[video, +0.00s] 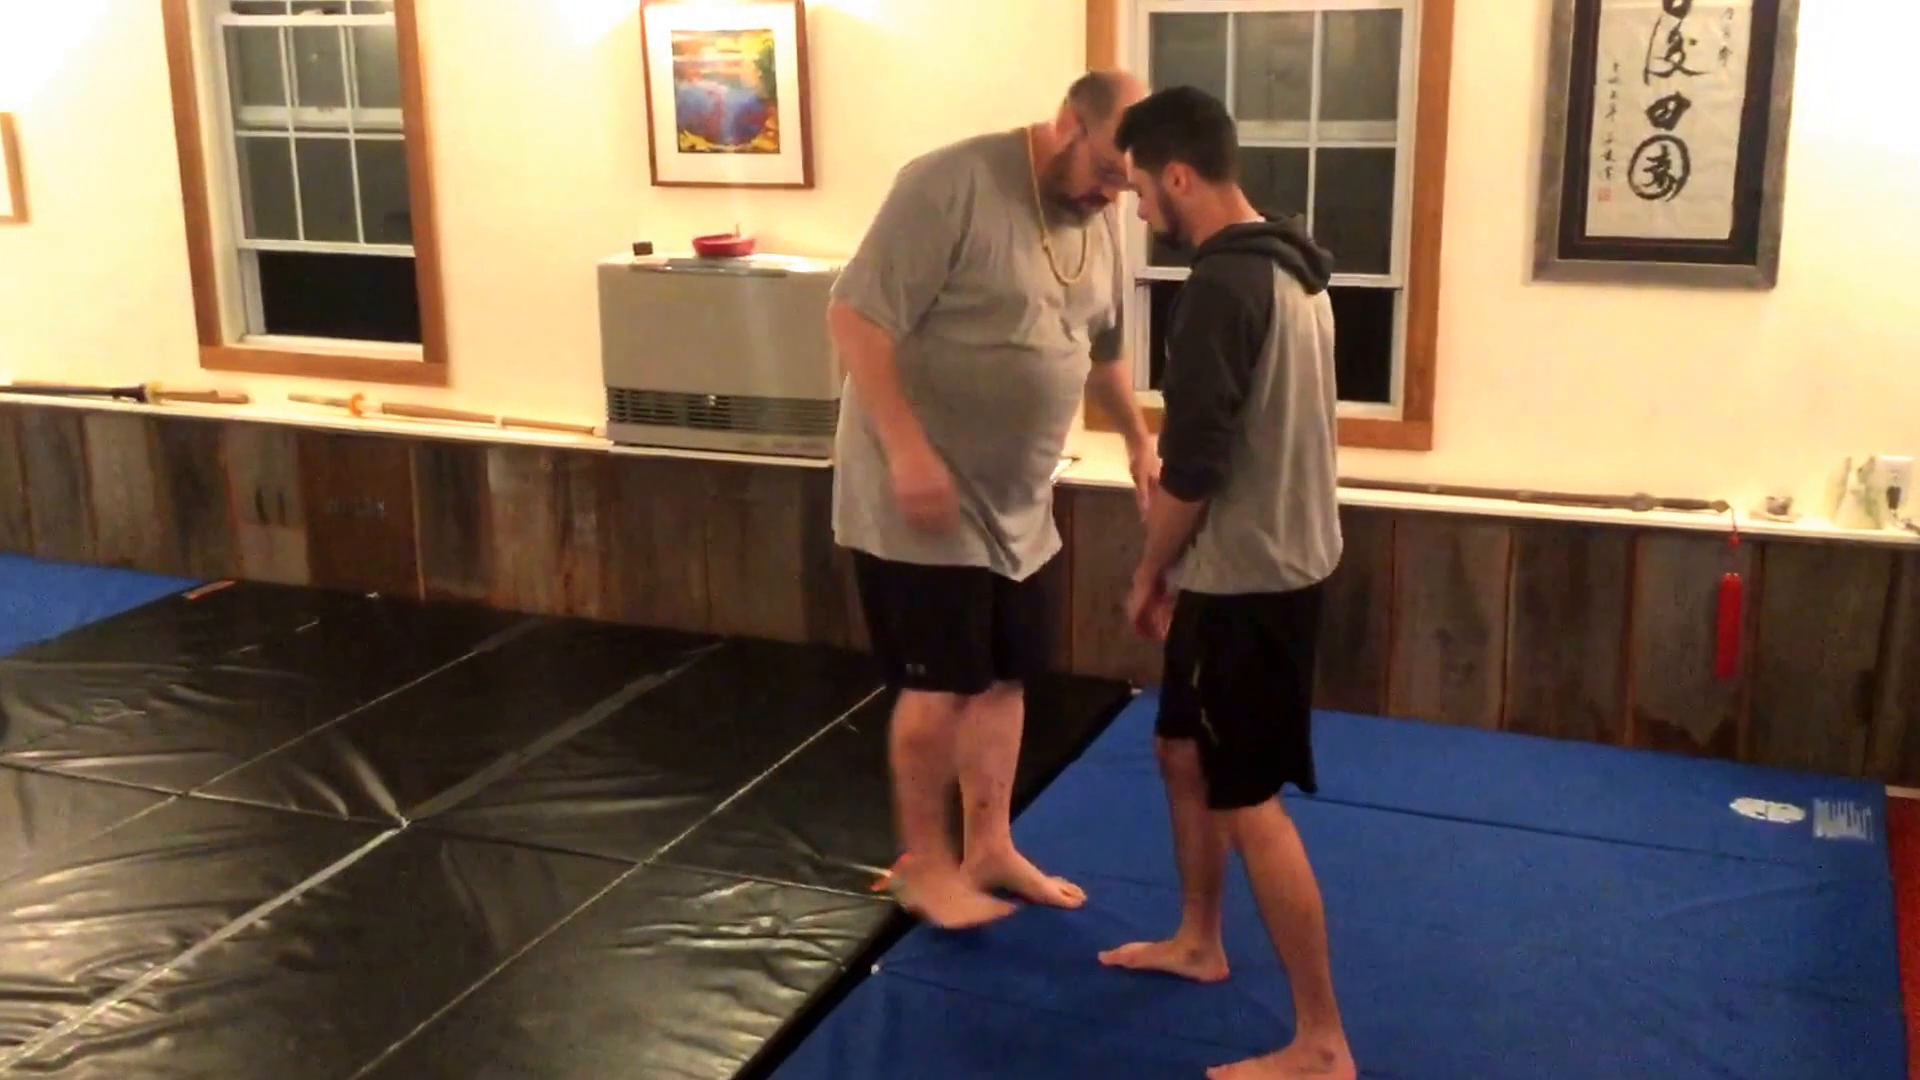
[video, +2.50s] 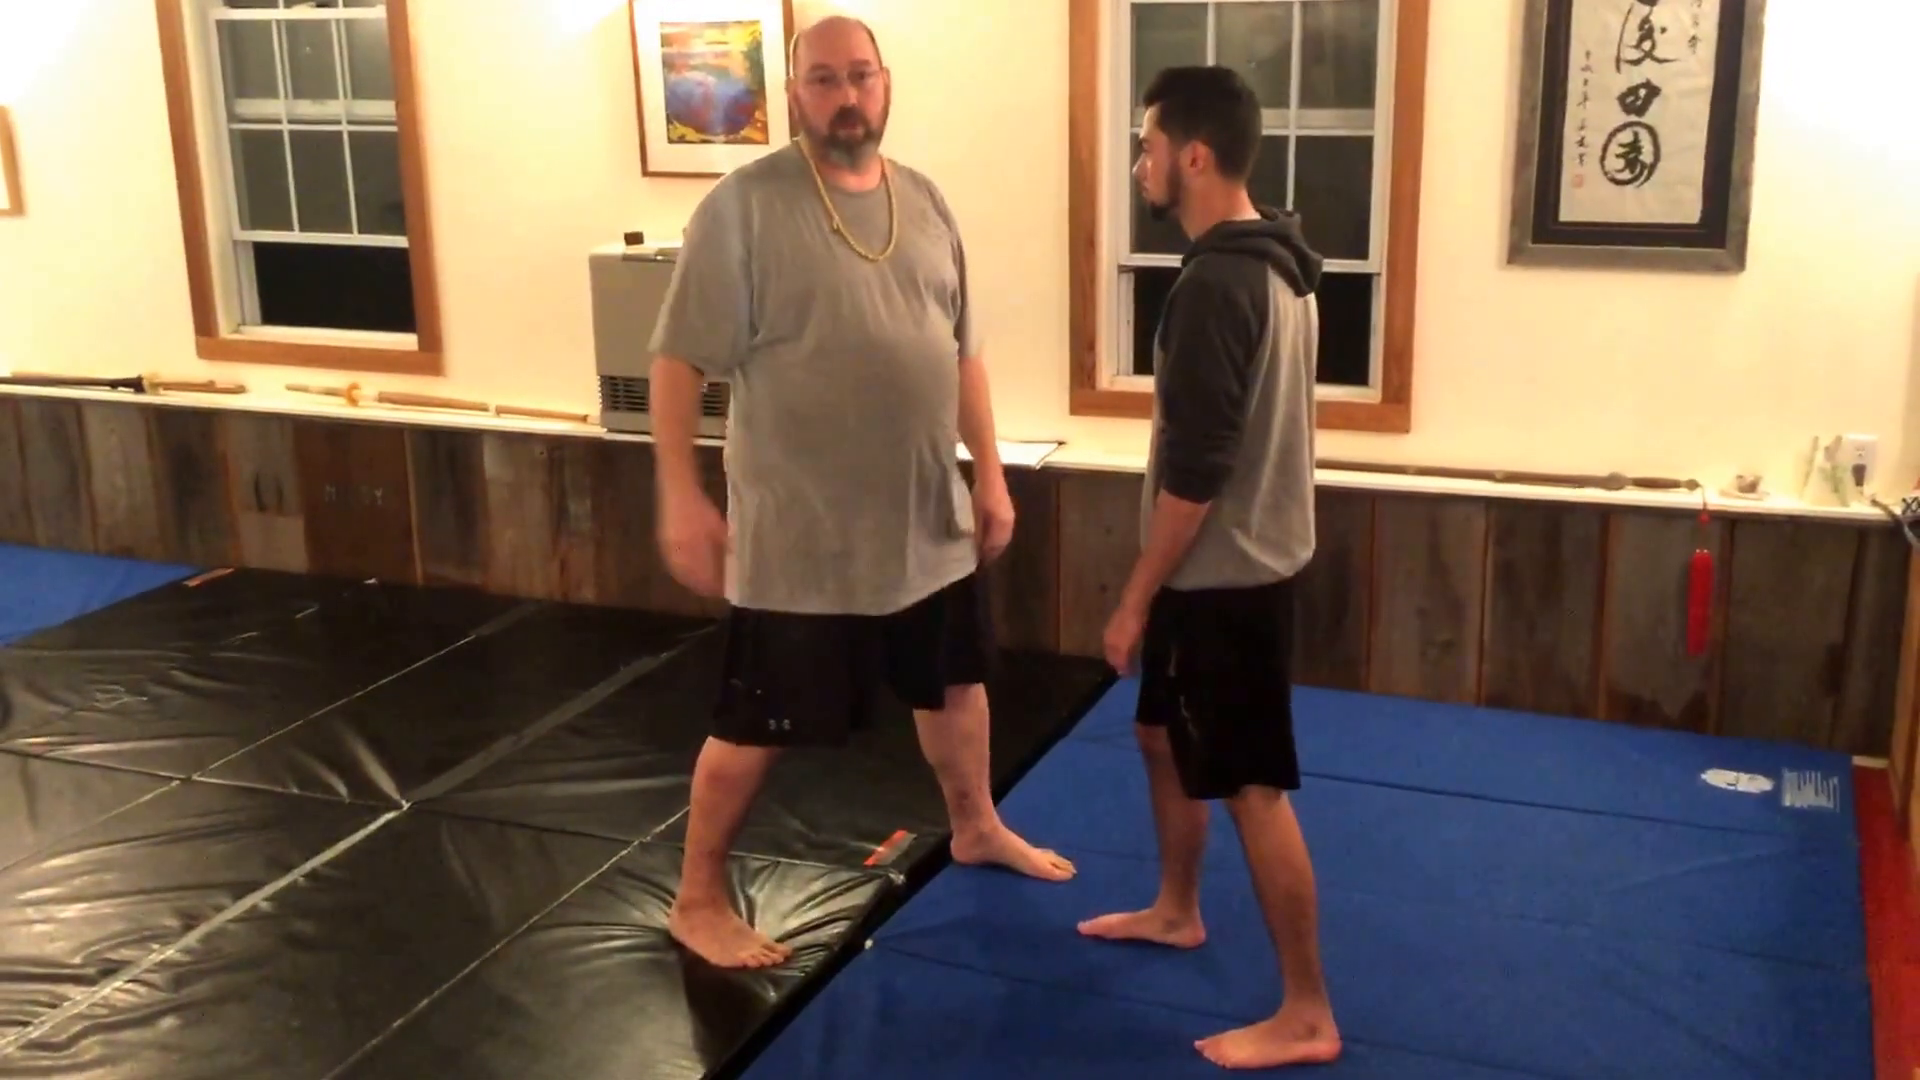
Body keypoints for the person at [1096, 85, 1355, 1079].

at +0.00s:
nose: (1141, 207)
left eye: (1141, 186)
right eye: (1136, 189)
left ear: (1176, 176)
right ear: (1215, 171)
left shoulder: (1224, 280)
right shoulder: (1290, 261)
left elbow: (1198, 460)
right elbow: (1263, 436)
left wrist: (1149, 570)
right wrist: (1173, 545)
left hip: (1247, 571)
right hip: (1268, 556)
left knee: (1250, 800)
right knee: (1182, 748)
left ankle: (1320, 1042)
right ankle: (1199, 939)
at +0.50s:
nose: (1152, 211)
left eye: (1151, 191)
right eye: (1146, 193)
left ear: (1188, 181)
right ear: (1228, 174)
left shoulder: (1244, 293)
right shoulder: (1308, 265)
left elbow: (1250, 498)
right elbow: (1316, 438)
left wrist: (1214, 659)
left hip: (1273, 592)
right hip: (1292, 572)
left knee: (1275, 817)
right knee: (1200, 744)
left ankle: (1317, 1040)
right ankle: (1192, 929)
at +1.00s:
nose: (1156, 185)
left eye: (1162, 164)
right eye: (1156, 166)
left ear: (1207, 163)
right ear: (1238, 162)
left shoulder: (1242, 287)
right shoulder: (1299, 261)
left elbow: (1227, 477)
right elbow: (1289, 439)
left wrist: (1164, 605)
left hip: (1258, 582)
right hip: (1263, 567)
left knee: (1263, 807)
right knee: (1184, 744)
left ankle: (1315, 1031)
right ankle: (1184, 919)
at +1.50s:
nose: (1150, 171)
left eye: (1158, 151)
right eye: (1151, 151)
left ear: (1203, 157)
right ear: (1233, 156)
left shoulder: (1236, 282)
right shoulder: (1288, 255)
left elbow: (1223, 472)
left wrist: (1168, 605)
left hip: (1253, 574)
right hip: (1251, 560)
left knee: (1262, 795)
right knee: (1180, 740)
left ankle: (1312, 1024)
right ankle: (1181, 914)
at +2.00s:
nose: (1147, 166)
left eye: (1157, 148)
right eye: (1149, 148)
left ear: (1203, 157)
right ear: (1231, 156)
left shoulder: (1226, 283)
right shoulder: (1284, 255)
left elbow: (1217, 478)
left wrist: (1166, 621)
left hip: (1242, 578)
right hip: (1245, 559)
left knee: (1260, 795)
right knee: (1172, 731)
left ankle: (1309, 1018)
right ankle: (1179, 909)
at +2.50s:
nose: (1142, 162)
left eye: (1151, 143)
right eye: (1145, 142)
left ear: (1197, 154)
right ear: (1226, 153)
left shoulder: (1216, 282)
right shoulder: (1274, 257)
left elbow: (1196, 472)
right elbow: (1268, 429)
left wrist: (1133, 600)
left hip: (1228, 570)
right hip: (1233, 555)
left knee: (1252, 786)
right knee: (1162, 731)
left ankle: (1307, 1013)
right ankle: (1177, 907)